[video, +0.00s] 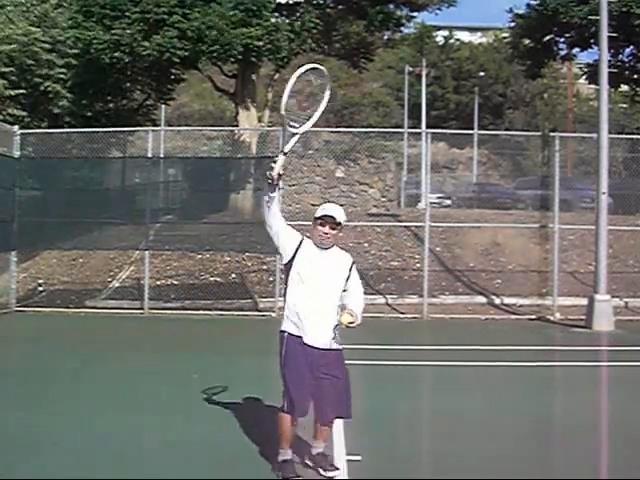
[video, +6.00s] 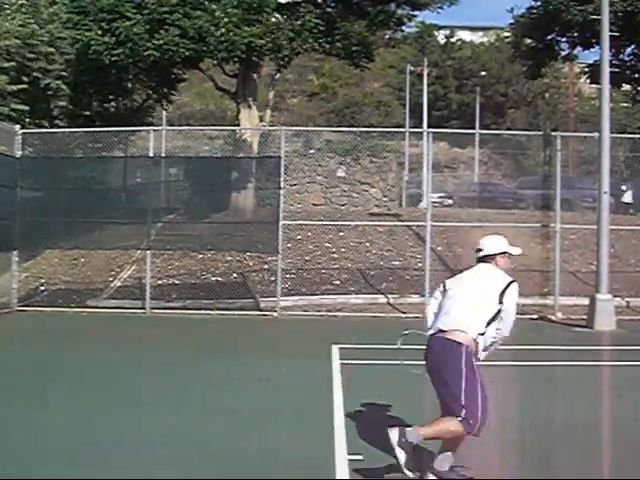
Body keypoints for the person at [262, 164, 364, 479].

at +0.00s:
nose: (326, 230)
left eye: (333, 226)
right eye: (322, 224)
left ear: (339, 232)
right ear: (313, 224)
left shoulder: (345, 262)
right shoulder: (295, 246)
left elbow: (355, 294)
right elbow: (273, 218)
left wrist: (352, 312)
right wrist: (273, 186)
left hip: (328, 339)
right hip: (295, 335)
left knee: (330, 401)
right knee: (295, 398)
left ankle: (318, 451)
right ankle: (284, 456)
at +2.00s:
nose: (322, 236)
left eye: (326, 231)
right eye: (318, 230)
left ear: (330, 231)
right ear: (306, 227)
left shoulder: (331, 253)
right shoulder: (283, 249)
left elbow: (349, 239)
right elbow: (253, 276)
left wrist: (349, 215)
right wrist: (275, 266)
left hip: (319, 335)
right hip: (288, 334)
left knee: (311, 398)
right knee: (286, 397)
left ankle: (302, 457)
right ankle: (282, 459)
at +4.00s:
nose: (329, 256)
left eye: (332, 252)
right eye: (328, 250)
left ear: (315, 245)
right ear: (312, 242)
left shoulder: (320, 277)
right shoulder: (278, 263)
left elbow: (330, 313)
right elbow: (271, 307)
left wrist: (353, 346)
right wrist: (282, 347)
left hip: (295, 344)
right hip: (263, 342)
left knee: (295, 402)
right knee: (251, 403)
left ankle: (299, 466)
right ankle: (232, 452)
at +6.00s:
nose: (510, 261)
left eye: (510, 256)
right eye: (508, 256)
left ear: (482, 257)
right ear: (498, 258)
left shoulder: (457, 277)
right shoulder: (506, 283)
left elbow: (431, 305)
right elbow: (504, 326)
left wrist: (435, 334)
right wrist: (480, 348)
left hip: (435, 345)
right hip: (458, 349)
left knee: (454, 411)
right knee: (470, 420)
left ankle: (444, 462)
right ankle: (407, 436)